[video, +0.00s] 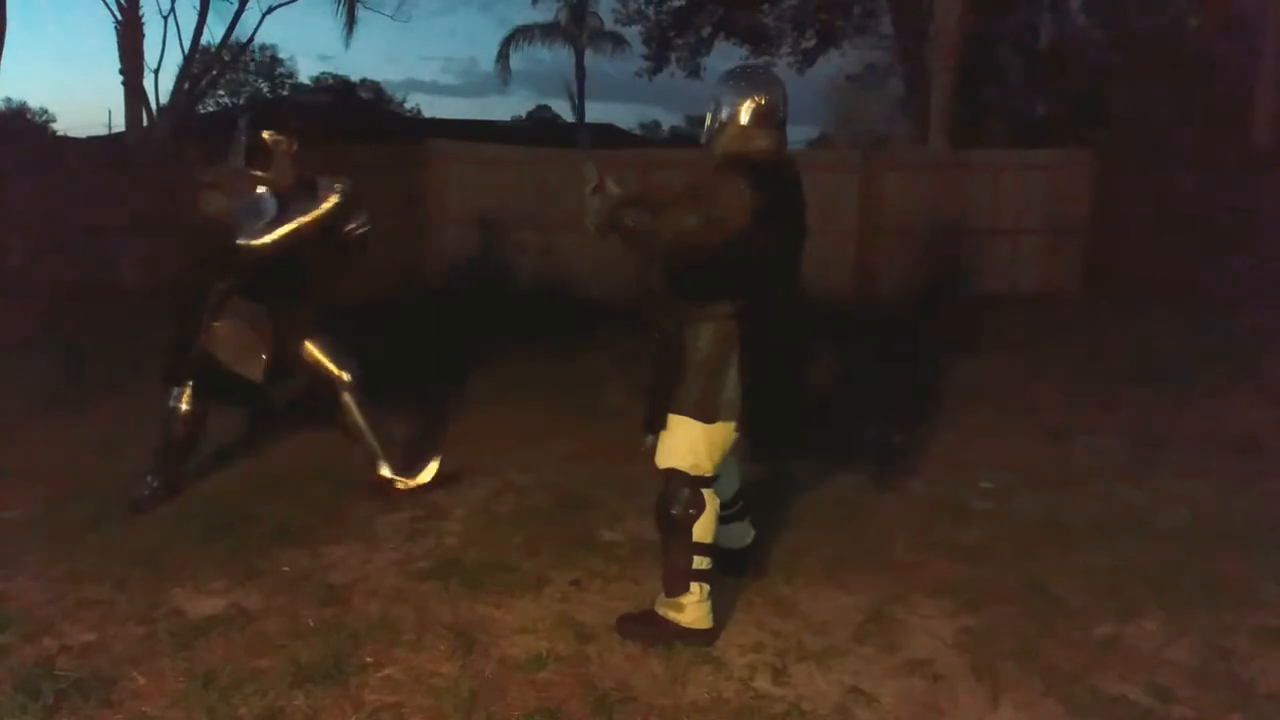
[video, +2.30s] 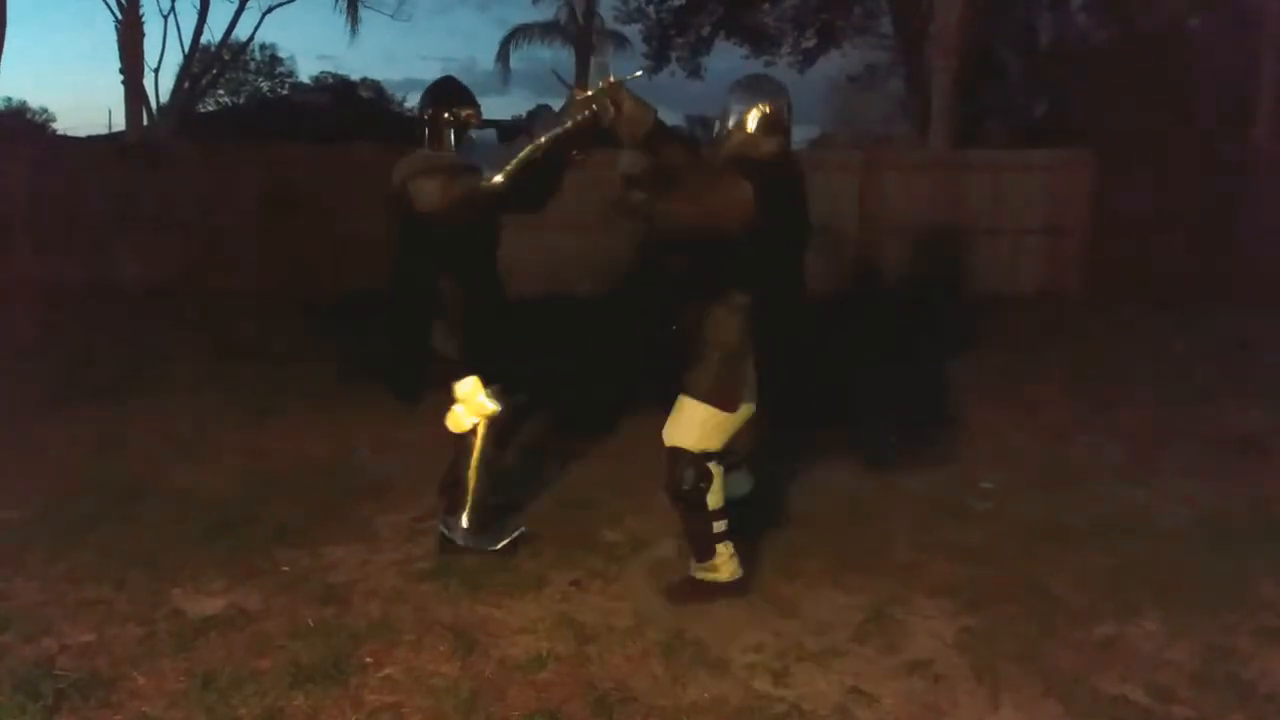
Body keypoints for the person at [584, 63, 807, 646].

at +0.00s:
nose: (712, 129)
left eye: (719, 119)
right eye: (718, 119)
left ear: (734, 123)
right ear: (773, 125)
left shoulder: (740, 183)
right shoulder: (775, 178)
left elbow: (686, 242)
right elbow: (693, 216)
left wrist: (620, 215)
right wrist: (631, 203)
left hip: (719, 333)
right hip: (749, 329)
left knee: (683, 467)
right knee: (716, 433)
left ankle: (687, 607)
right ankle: (728, 528)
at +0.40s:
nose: (732, 131)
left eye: (740, 119)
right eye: (738, 119)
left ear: (756, 124)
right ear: (788, 127)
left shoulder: (759, 189)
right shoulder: (787, 187)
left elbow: (723, 272)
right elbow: (718, 256)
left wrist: (660, 267)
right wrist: (645, 222)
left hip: (744, 349)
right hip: (756, 342)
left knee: (703, 467)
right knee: (714, 466)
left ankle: (741, 608)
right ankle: (737, 602)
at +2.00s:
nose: (736, 143)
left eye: (744, 132)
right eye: (744, 132)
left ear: (755, 134)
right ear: (789, 136)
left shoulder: (757, 193)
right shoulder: (782, 190)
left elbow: (702, 226)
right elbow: (704, 192)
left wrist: (642, 182)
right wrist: (654, 157)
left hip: (738, 343)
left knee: (737, 486)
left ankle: (767, 632)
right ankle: (725, 525)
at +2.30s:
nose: (722, 131)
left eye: (733, 122)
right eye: (728, 122)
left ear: (752, 126)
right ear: (777, 126)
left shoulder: (755, 182)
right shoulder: (777, 175)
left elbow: (694, 207)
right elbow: (693, 164)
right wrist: (639, 122)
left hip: (740, 325)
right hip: (758, 319)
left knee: (687, 446)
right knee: (726, 422)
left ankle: (716, 564)